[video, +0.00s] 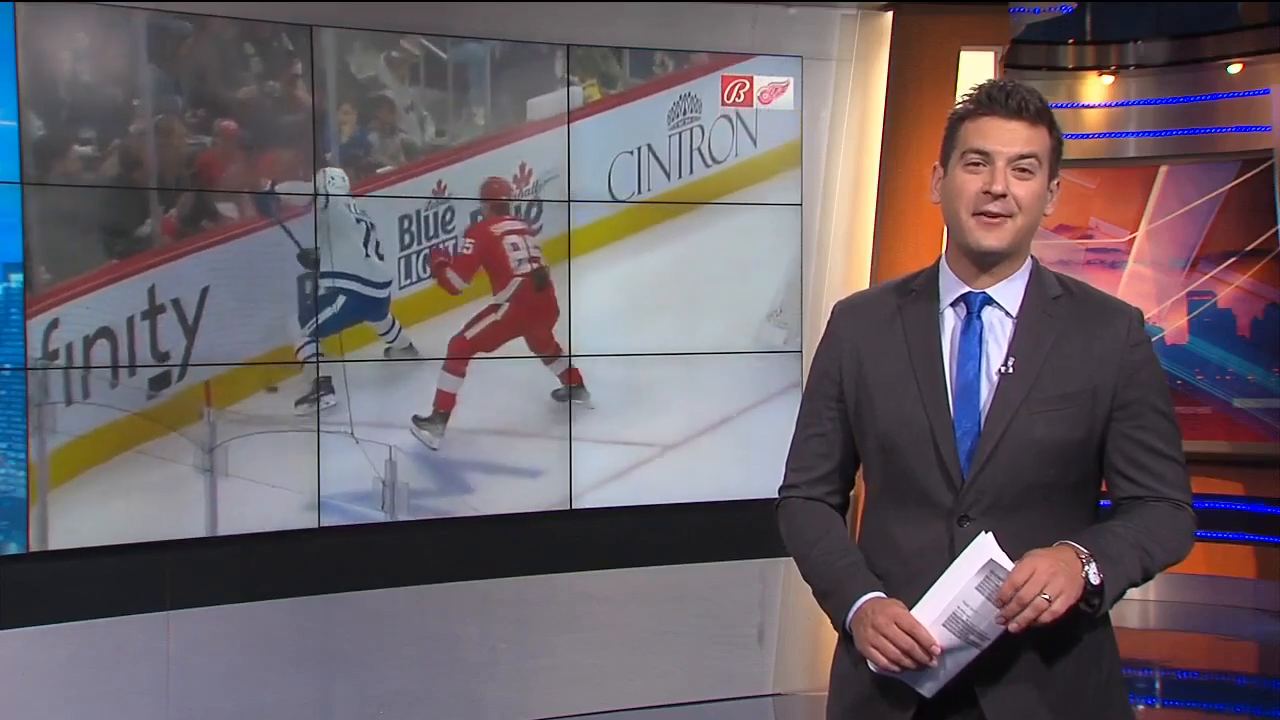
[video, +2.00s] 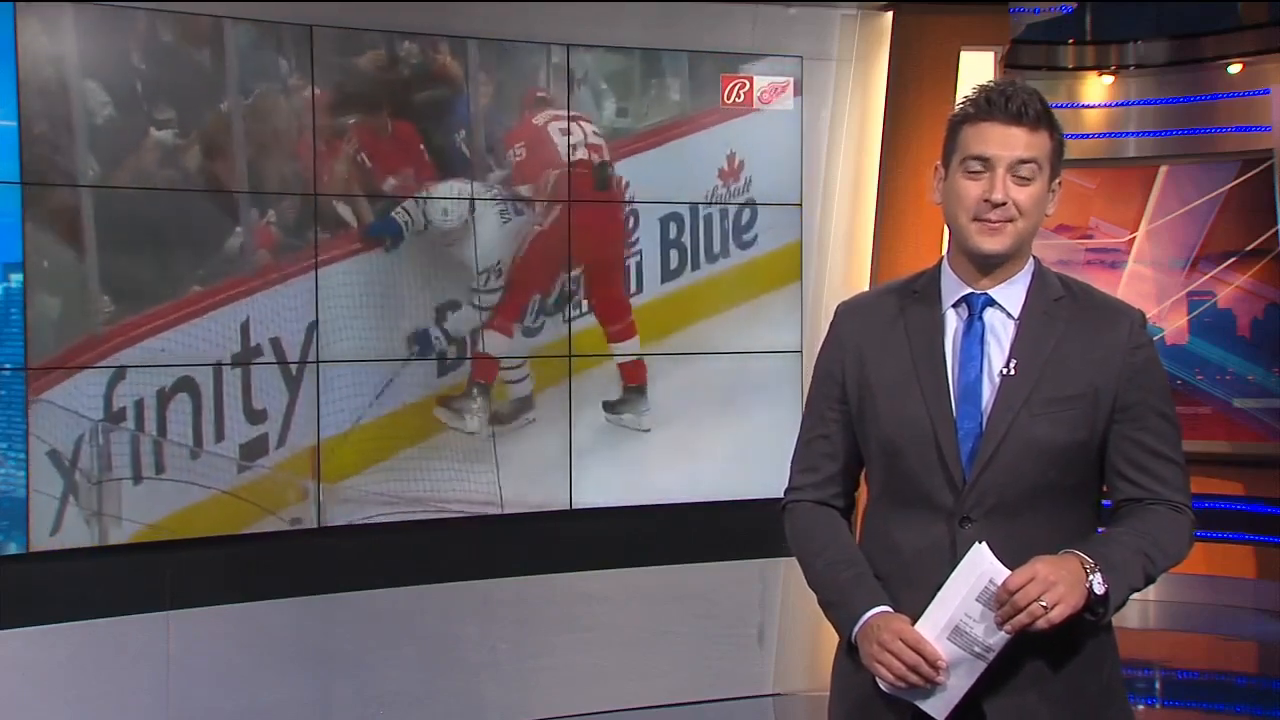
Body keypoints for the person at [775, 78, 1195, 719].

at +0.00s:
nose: (997, 186)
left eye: (1022, 169)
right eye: (975, 163)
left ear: (1050, 195)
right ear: (939, 183)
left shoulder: (1112, 334)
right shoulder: (858, 327)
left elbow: (1163, 510)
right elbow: (807, 497)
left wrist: (1084, 560)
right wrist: (859, 603)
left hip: (1048, 689)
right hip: (886, 687)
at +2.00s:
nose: (997, 193)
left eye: (1022, 175)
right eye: (976, 169)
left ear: (1050, 196)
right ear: (940, 185)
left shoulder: (1114, 336)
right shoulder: (862, 327)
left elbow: (1161, 510)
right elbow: (813, 500)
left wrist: (1089, 568)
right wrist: (866, 617)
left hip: (1051, 690)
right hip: (889, 688)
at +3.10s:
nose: (1011, 191)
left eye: (1033, 171)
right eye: (987, 169)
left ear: (1057, 192)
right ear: (947, 189)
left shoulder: (1121, 336)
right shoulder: (869, 327)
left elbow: (1167, 510)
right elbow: (820, 499)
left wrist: (1096, 568)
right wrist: (872, 615)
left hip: (1057, 690)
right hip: (895, 687)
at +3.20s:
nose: (1007, 192)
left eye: (1028, 171)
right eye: (982, 170)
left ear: (1054, 192)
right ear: (943, 192)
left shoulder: (1121, 335)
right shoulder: (868, 327)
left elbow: (1167, 509)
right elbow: (820, 499)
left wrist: (1095, 566)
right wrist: (872, 615)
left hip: (1059, 689)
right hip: (896, 686)